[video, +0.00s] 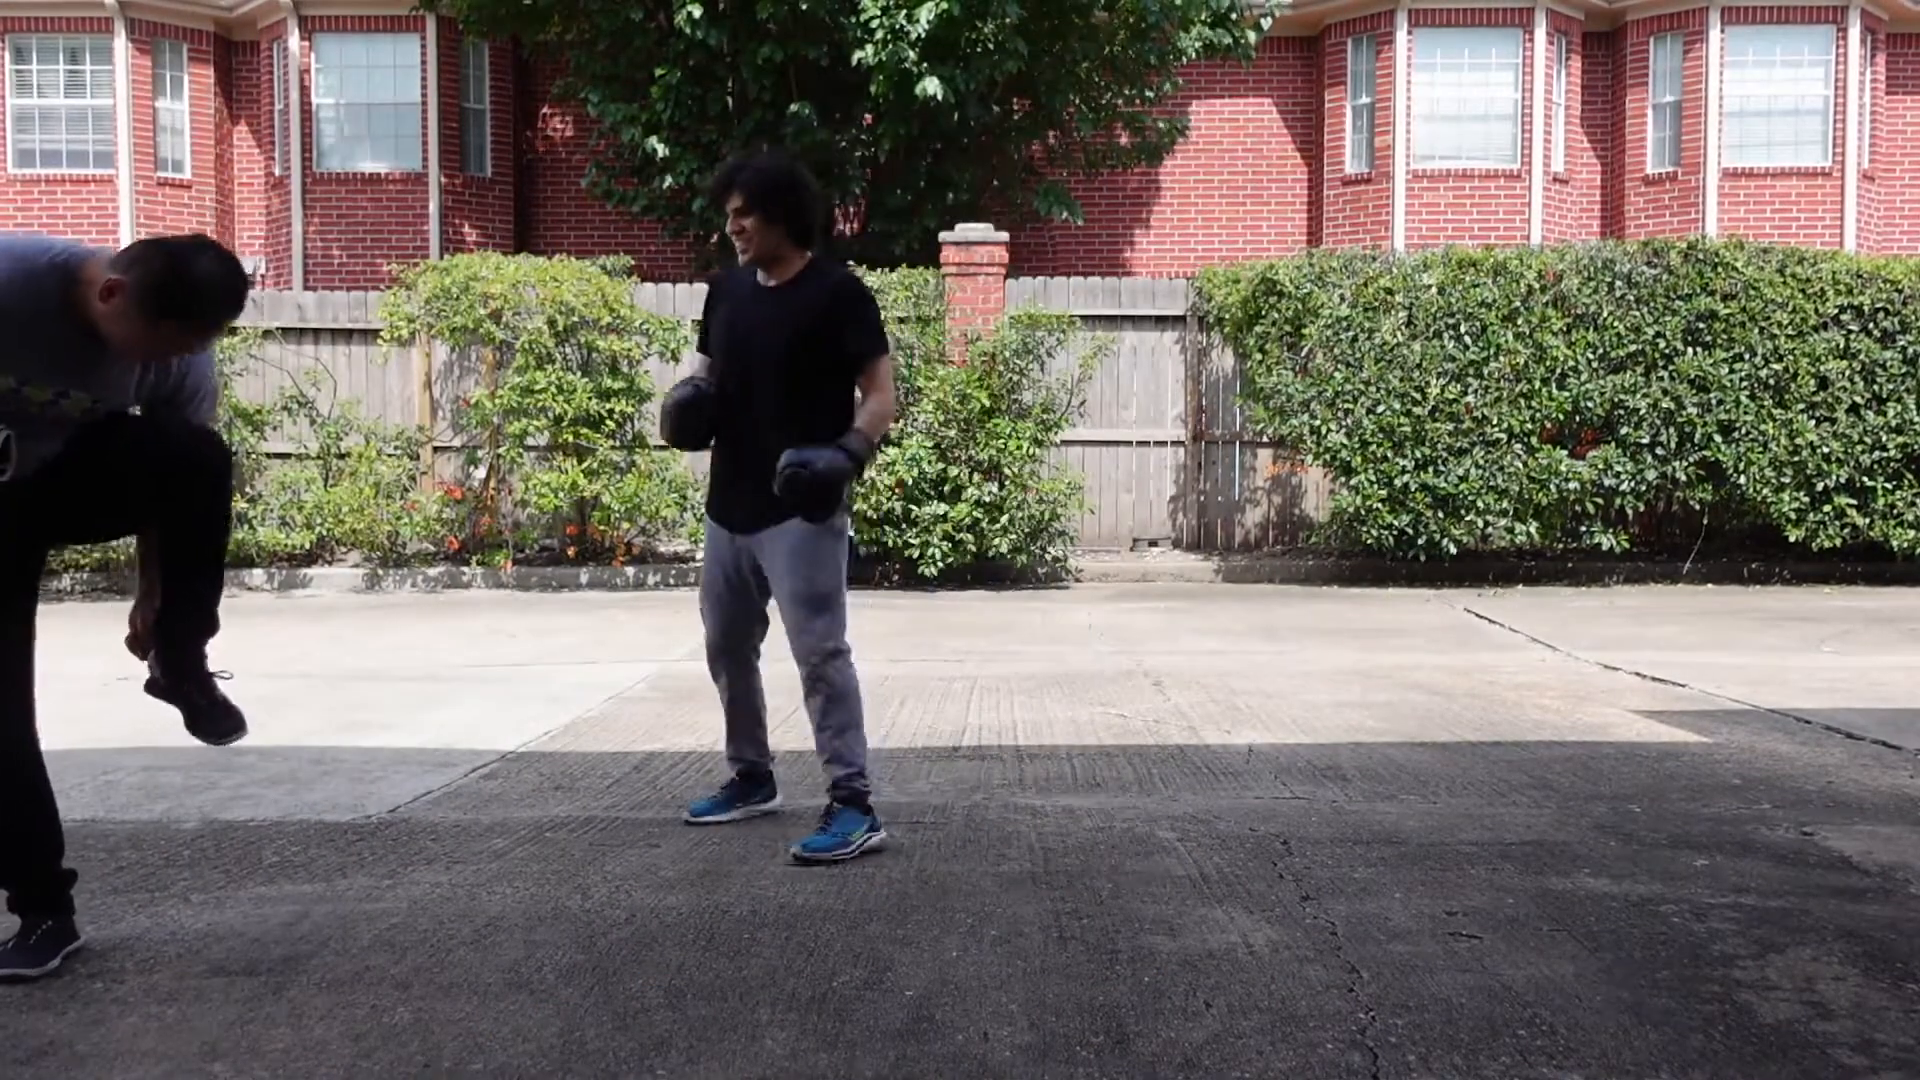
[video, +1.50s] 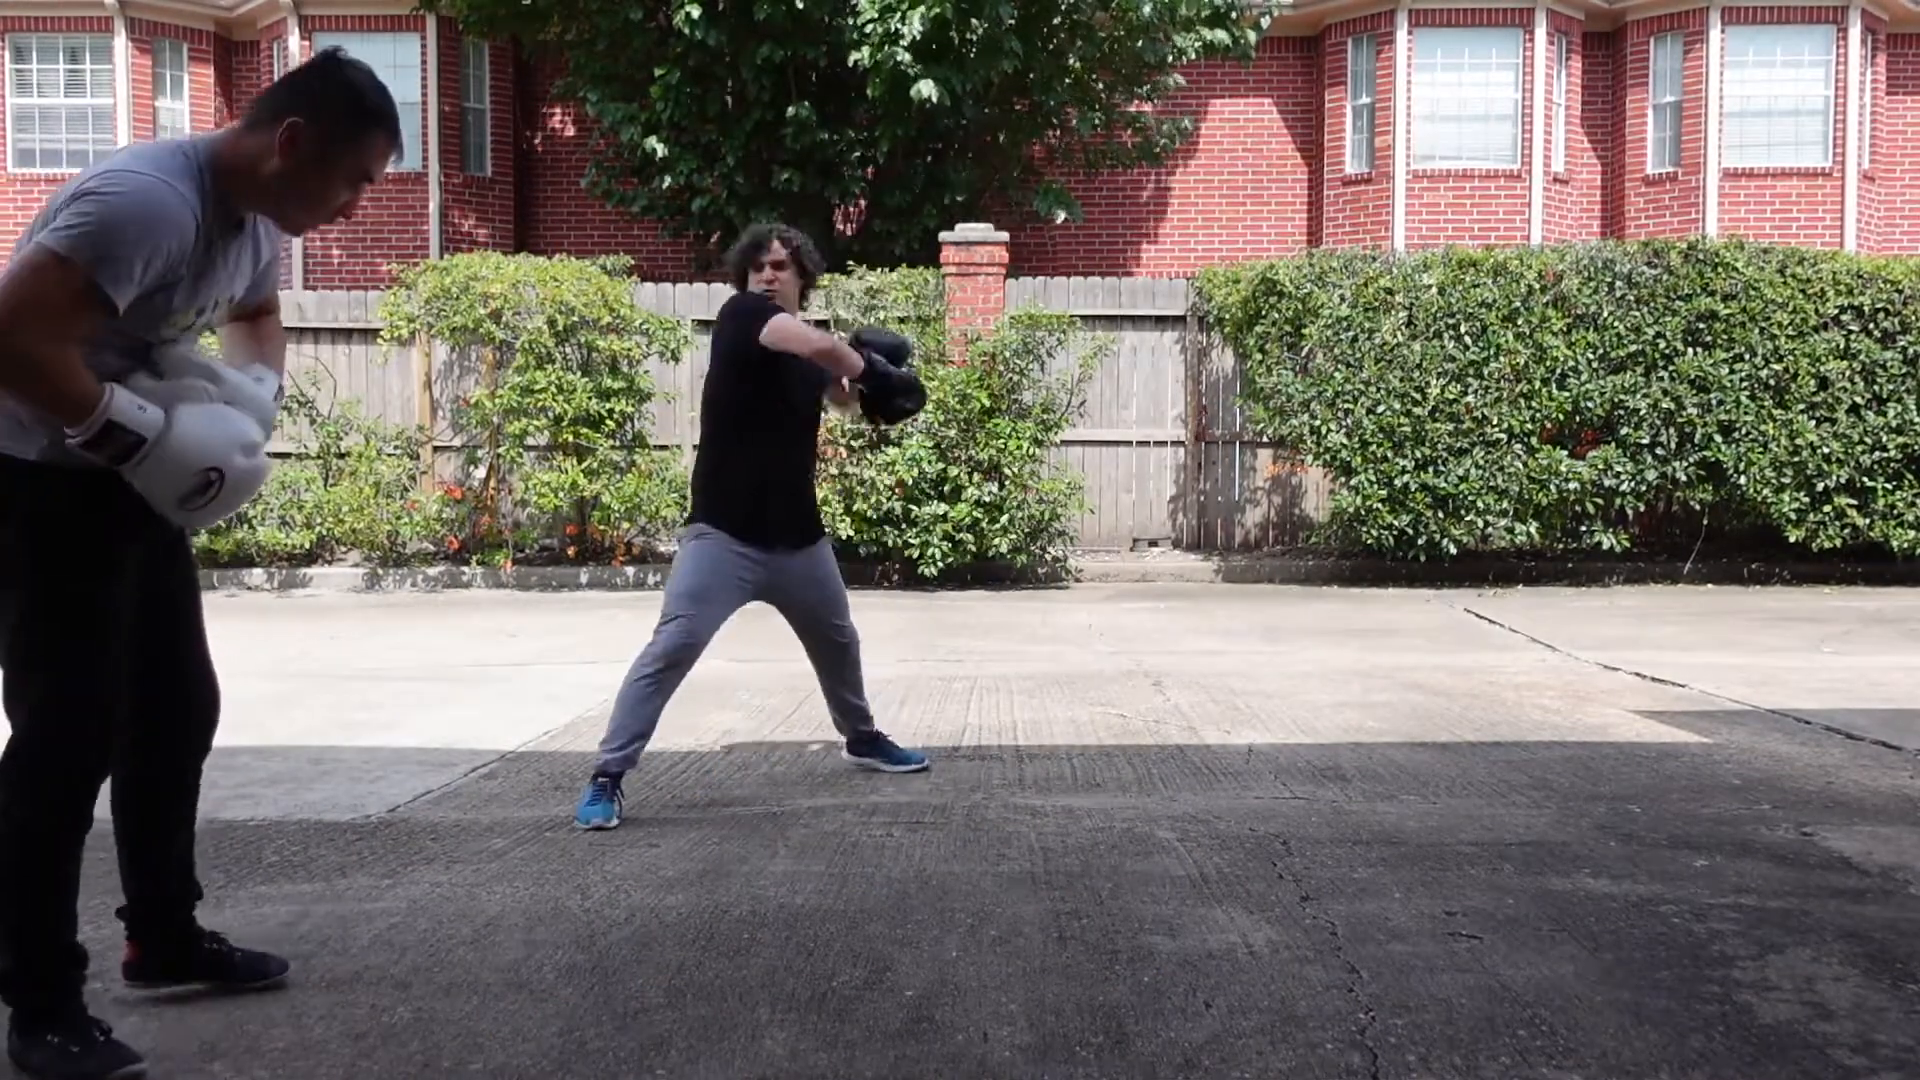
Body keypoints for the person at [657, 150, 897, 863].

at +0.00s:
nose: (734, 228)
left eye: (745, 216)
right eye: (730, 216)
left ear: (786, 215)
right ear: (735, 220)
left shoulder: (840, 292)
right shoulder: (728, 287)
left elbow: (881, 393)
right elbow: (705, 370)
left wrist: (848, 453)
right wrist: (689, 406)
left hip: (804, 507)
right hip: (730, 504)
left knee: (820, 655)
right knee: (728, 649)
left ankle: (851, 804)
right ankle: (751, 778)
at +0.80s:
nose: (825, 258)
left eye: (837, 248)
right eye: (817, 247)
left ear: (866, 253)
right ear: (807, 249)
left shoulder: (894, 321)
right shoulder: (775, 305)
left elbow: (909, 413)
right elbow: (733, 383)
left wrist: (876, 398)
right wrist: (760, 393)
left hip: (858, 510)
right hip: (778, 506)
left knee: (874, 633)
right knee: (753, 616)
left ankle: (887, 746)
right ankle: (764, 740)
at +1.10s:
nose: (854, 282)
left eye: (865, 273)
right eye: (845, 271)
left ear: (878, 281)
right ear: (822, 272)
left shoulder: (881, 333)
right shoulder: (785, 324)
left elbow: (897, 362)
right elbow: (766, 406)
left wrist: (841, 299)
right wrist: (780, 495)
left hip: (848, 516)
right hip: (774, 516)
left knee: (892, 612)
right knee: (751, 638)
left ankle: (870, 731)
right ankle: (749, 738)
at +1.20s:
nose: (855, 293)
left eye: (866, 285)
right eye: (846, 283)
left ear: (880, 292)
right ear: (824, 284)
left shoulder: (889, 341)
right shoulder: (793, 336)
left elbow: (885, 354)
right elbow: (805, 432)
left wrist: (821, 289)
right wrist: (845, 503)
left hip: (843, 526)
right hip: (772, 523)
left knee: (887, 631)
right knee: (738, 630)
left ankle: (873, 737)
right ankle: (733, 724)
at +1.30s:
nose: (852, 304)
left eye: (863, 297)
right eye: (844, 293)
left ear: (877, 305)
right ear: (821, 296)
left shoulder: (866, 358)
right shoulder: (803, 345)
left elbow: (896, 365)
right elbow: (848, 437)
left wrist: (831, 306)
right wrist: (893, 485)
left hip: (833, 538)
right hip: (767, 532)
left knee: (886, 632)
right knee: (726, 634)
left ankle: (872, 740)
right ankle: (661, 753)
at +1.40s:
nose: (826, 294)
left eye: (838, 286)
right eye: (815, 284)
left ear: (850, 298)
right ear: (794, 292)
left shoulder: (845, 350)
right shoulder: (788, 341)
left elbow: (913, 377)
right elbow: (867, 406)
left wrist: (894, 339)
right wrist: (900, 442)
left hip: (820, 544)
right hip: (750, 542)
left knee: (871, 639)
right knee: (698, 646)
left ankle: (871, 739)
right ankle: (621, 772)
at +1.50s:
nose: (773, 274)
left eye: (784, 266)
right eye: (763, 266)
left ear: (804, 276)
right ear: (746, 277)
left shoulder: (811, 341)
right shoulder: (742, 314)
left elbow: (843, 400)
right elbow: (818, 343)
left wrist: (864, 377)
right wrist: (863, 371)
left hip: (800, 541)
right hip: (722, 537)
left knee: (839, 643)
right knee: (674, 645)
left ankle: (862, 736)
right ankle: (607, 777)